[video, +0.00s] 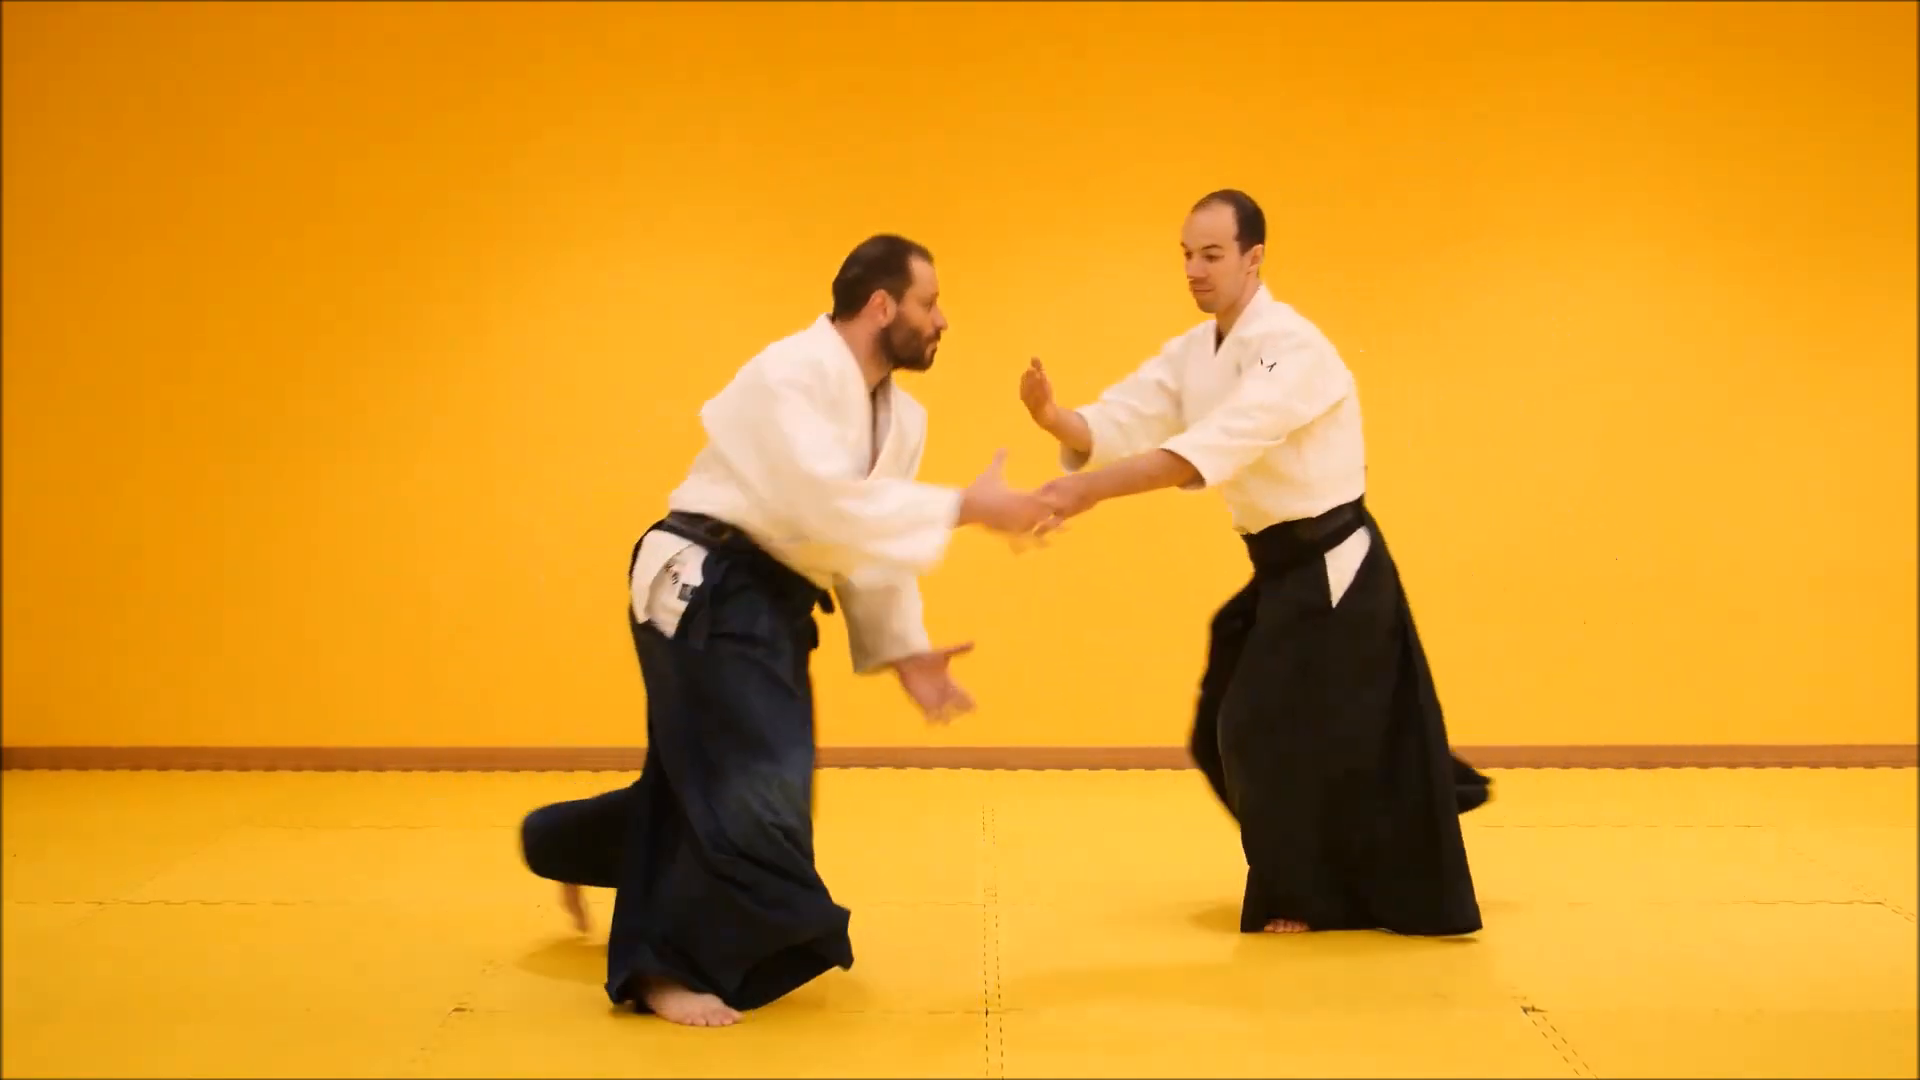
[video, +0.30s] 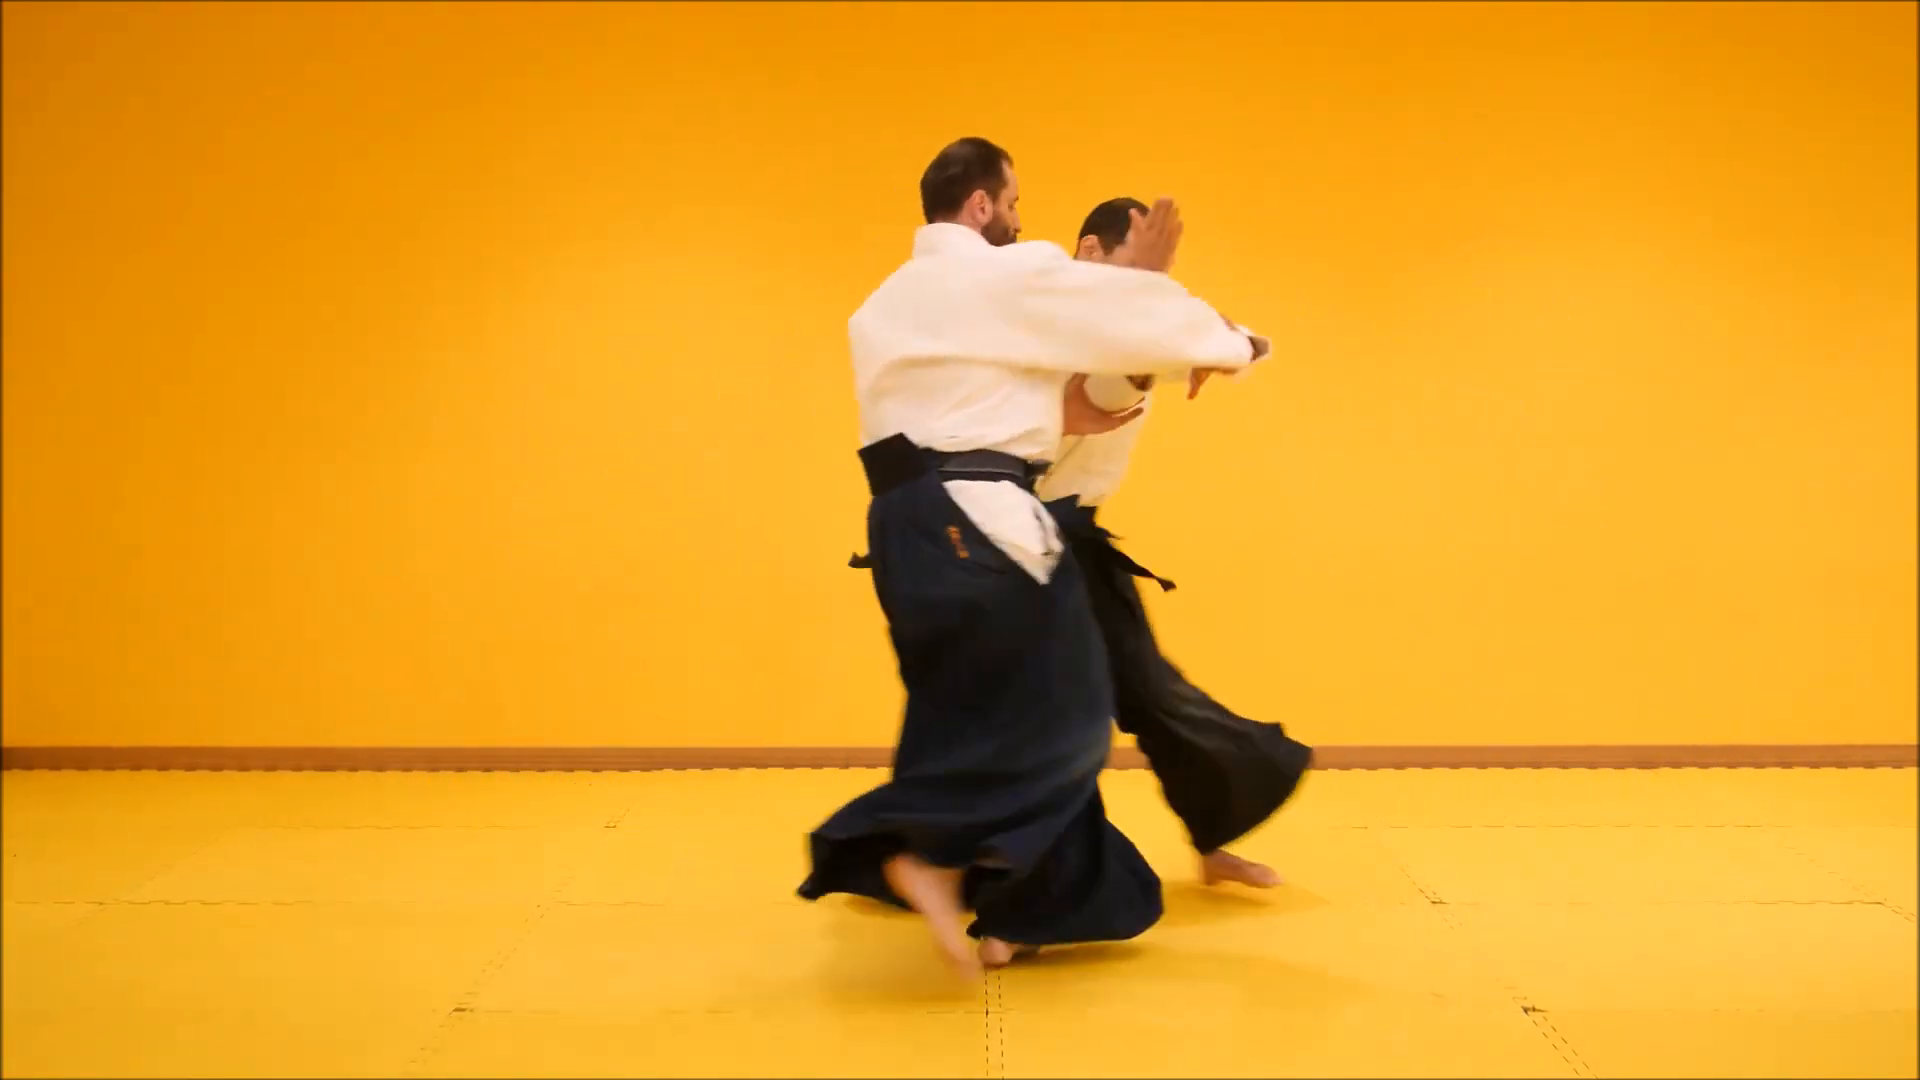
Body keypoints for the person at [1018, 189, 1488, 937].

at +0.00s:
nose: (1196, 270)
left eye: (1212, 255)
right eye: (1188, 256)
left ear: (1254, 257)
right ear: (1184, 261)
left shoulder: (1294, 353)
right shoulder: (1196, 352)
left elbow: (1197, 459)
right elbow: (1112, 428)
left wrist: (1085, 489)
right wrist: (1054, 419)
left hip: (1335, 569)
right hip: (1278, 573)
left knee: (1260, 729)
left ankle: (1295, 894)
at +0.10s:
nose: (1162, 269)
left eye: (1179, 255)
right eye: (1153, 254)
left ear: (1216, 258)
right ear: (1143, 257)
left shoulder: (1266, 344)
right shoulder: (1131, 348)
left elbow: (1218, 426)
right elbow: (1066, 402)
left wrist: (1116, 444)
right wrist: (1028, 380)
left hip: (1271, 557)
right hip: (1191, 560)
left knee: (1257, 721)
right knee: (1118, 713)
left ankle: (1306, 889)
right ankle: (1108, 838)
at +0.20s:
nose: (1153, 267)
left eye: (1169, 256)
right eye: (1143, 248)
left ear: (1183, 259)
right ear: (1113, 237)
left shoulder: (1205, 321)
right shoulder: (1074, 318)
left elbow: (1270, 375)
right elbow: (1056, 418)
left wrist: (1219, 387)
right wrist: (1081, 326)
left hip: (1177, 551)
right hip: (1090, 553)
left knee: (1232, 720)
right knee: (1052, 717)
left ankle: (1311, 886)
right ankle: (1022, 881)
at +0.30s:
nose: (1136, 275)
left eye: (1145, 268)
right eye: (1128, 262)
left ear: (1111, 257)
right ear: (1089, 248)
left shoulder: (1119, 327)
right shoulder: (1046, 316)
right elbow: (1083, 410)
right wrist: (1142, 287)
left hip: (1069, 522)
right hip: (1033, 521)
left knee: (1144, 681)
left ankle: (1212, 840)